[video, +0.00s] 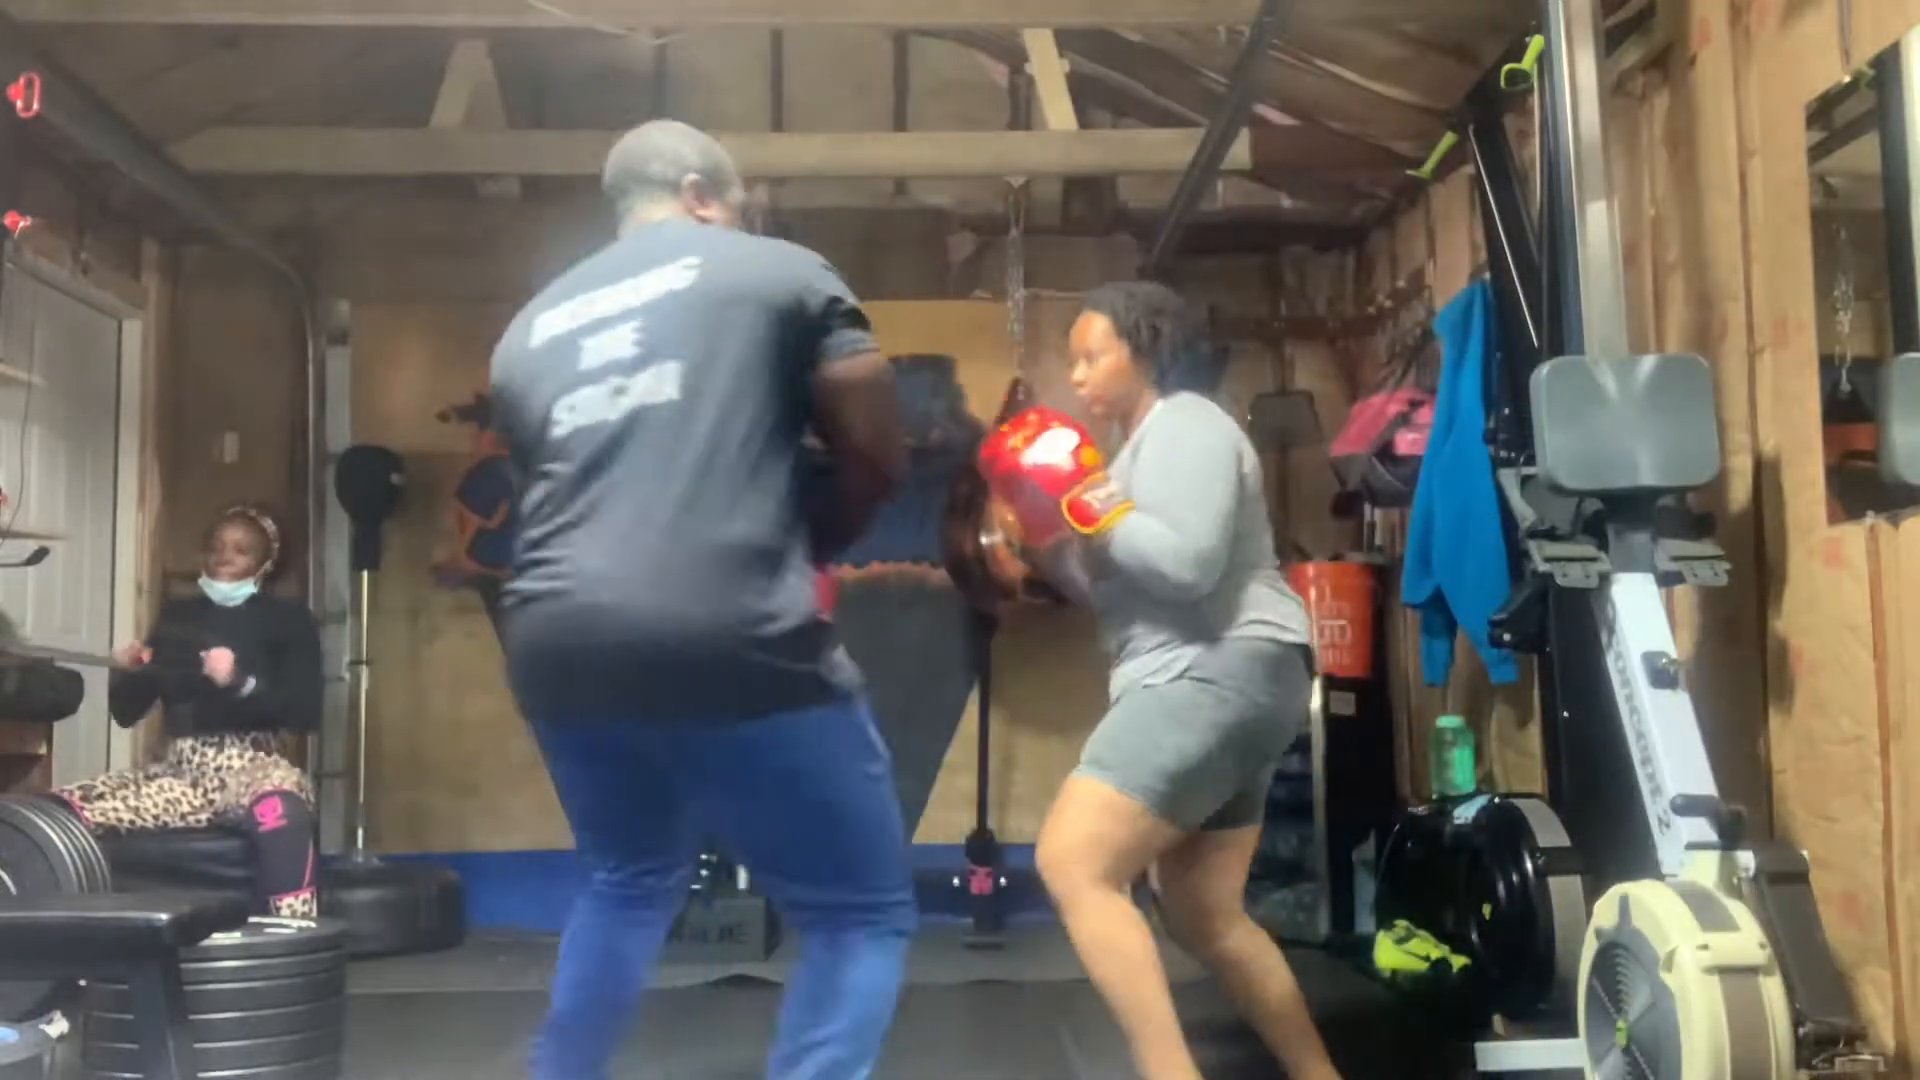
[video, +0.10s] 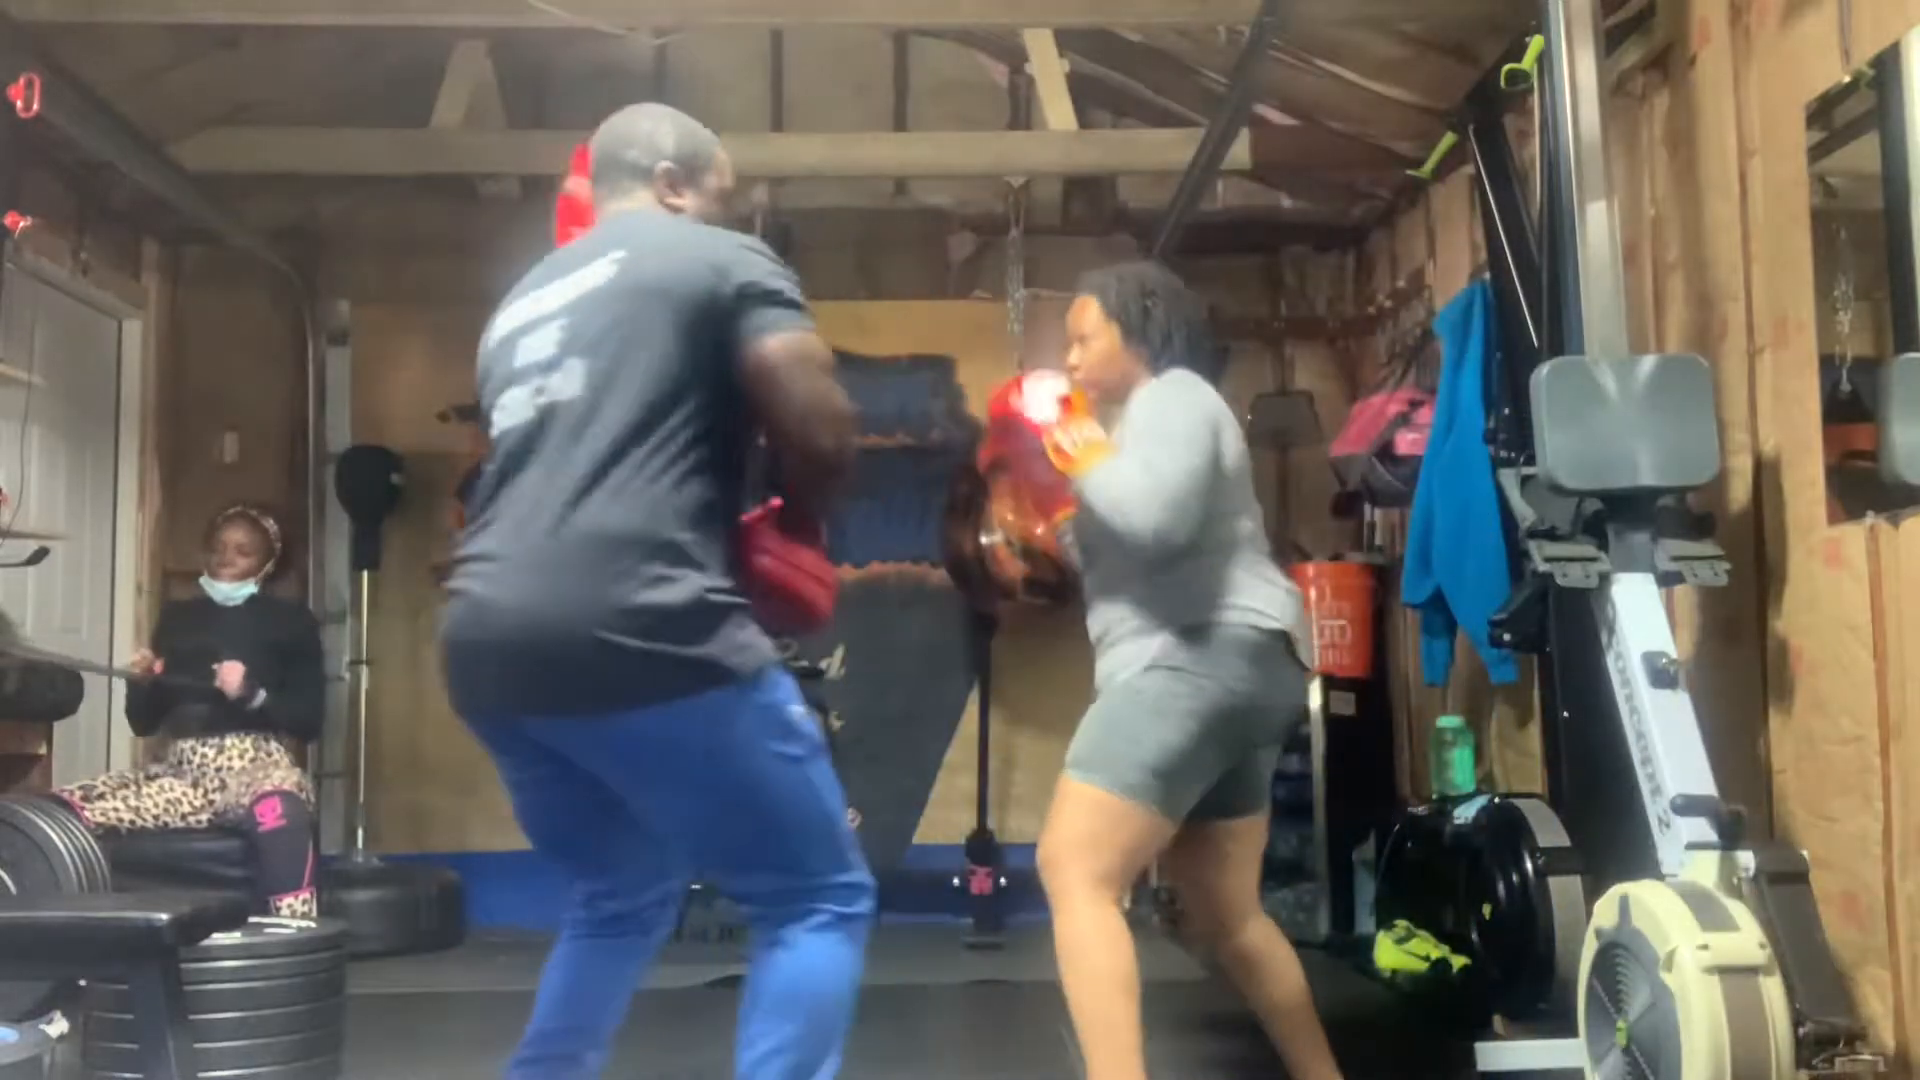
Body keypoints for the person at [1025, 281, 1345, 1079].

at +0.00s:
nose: (1074, 378)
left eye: (1088, 358)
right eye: (1073, 360)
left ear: (1141, 355)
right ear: (1123, 362)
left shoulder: (1187, 423)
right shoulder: (1129, 457)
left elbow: (1188, 566)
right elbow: (1104, 591)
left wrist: (1086, 501)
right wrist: (1041, 532)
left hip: (1223, 658)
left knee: (1076, 862)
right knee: (1206, 907)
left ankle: (1172, 1073)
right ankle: (1318, 1073)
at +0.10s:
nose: (1071, 359)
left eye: (1084, 339)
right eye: (1071, 341)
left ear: (1138, 335)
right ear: (1134, 342)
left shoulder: (1175, 398)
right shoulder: (1156, 416)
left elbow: (1154, 515)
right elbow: (1127, 551)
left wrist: (1079, 441)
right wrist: (1056, 542)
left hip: (1199, 655)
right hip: (1250, 661)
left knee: (1079, 870)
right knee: (1225, 913)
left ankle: (1116, 1074)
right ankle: (1320, 1073)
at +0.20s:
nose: (1056, 324)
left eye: (1069, 305)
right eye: (1055, 308)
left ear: (1123, 300)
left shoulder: (1150, 360)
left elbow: (1045, 389)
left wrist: (974, 332)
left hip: (1183, 601)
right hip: (1241, 618)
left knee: (1097, 871)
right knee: (1239, 887)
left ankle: (1120, 1072)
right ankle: (1316, 1071)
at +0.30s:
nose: (1047, 306)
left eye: (1056, 288)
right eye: (1046, 291)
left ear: (1104, 283)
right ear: (1150, 289)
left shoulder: (1125, 340)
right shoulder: (1197, 379)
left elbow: (994, 337)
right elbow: (1156, 507)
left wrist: (896, 269)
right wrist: (1044, 536)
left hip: (1166, 600)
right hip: (1245, 614)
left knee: (1111, 886)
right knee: (1203, 881)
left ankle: (1123, 1073)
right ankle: (1310, 1066)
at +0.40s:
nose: (1042, 327)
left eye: (1053, 304)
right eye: (1041, 307)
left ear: (1102, 291)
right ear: (1130, 293)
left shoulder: (1140, 349)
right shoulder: (1178, 376)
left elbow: (1038, 403)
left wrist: (949, 351)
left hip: (1168, 606)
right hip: (1240, 620)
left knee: (1063, 872)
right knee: (1198, 888)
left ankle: (1107, 1073)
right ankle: (1283, 1074)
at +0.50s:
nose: (1043, 339)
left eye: (1053, 315)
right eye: (1042, 320)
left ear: (1106, 303)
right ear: (1118, 307)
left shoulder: (1140, 368)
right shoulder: (1183, 391)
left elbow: (1093, 456)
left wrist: (1000, 408)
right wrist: (1041, 527)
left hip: (1153, 634)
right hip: (1227, 647)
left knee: (1013, 869)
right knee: (1200, 918)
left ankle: (1073, 1072)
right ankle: (1278, 1075)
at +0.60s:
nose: (1025, 320)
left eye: (1036, 298)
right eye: (1026, 300)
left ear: (1083, 290)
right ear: (1116, 295)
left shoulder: (1113, 355)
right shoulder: (1176, 386)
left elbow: (1037, 401)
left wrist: (963, 345)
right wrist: (1022, 519)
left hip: (1123, 626)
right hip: (1207, 639)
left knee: (1018, 887)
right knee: (1193, 910)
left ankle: (1025, 1070)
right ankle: (1277, 1074)